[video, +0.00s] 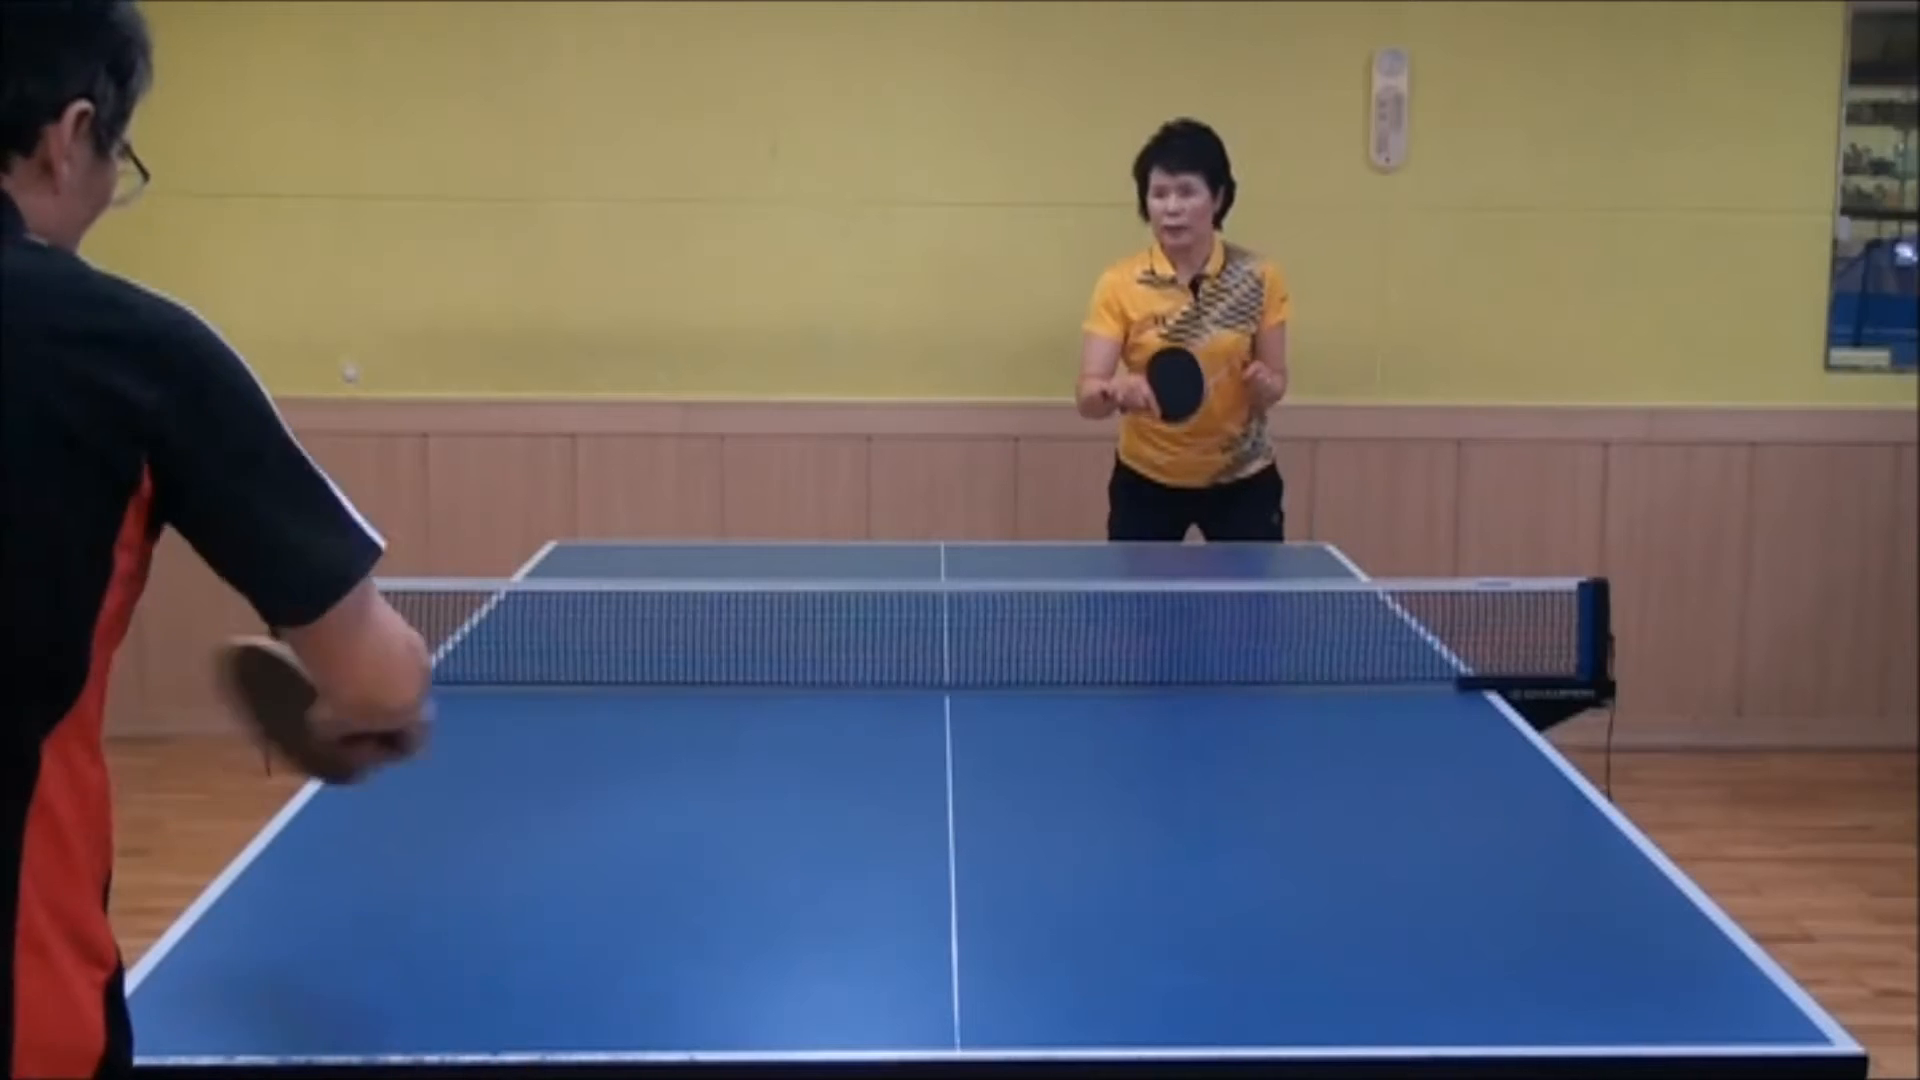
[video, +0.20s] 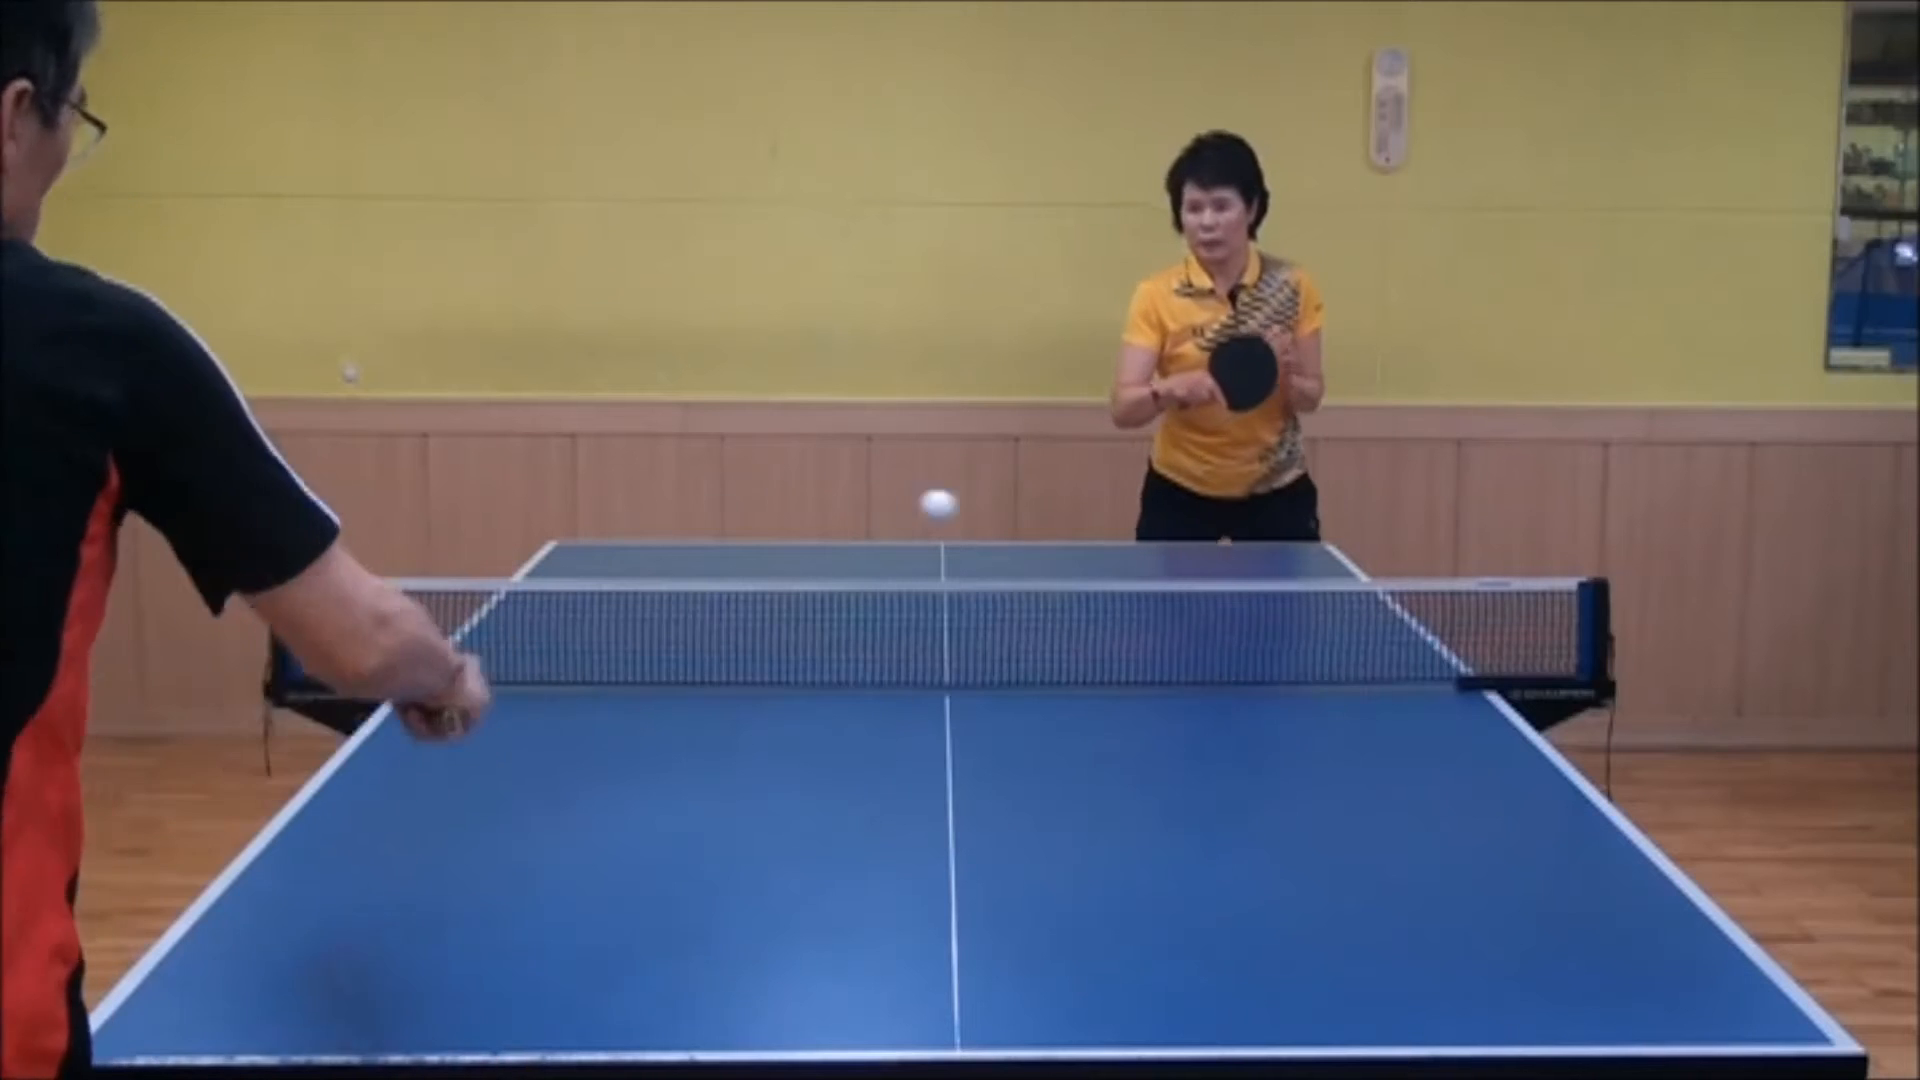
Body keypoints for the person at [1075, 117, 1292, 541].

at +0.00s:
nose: (1172, 208)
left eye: (1187, 192)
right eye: (1160, 193)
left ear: (1219, 199)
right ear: (1144, 202)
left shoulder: (1259, 282)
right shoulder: (1120, 285)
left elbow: (1274, 380)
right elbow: (1089, 399)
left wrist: (1262, 384)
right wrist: (1116, 392)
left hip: (1240, 484)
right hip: (1147, 483)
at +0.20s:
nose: (1208, 222)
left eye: (1222, 207)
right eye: (1194, 208)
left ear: (1253, 210)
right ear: (1178, 216)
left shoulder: (1293, 290)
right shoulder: (1156, 297)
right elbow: (1124, 409)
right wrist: (1168, 391)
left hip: (1275, 495)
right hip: (1181, 495)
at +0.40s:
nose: (1268, 253)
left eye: (1282, 236)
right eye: (1253, 239)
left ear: (1310, 234)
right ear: (1236, 243)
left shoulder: (1346, 309)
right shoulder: (1217, 319)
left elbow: (1360, 413)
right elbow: (1182, 430)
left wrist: (1355, 385)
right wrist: (1246, 423)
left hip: (1322, 511)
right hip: (1229, 512)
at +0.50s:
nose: (1287, 257)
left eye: (1302, 240)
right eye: (1273, 242)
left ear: (1329, 238)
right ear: (1255, 246)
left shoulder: (1363, 315)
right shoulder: (1232, 322)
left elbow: (1372, 399)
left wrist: (1371, 394)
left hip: (1327, 507)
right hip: (1236, 508)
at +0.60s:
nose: (1296, 266)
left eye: (1310, 249)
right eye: (1281, 252)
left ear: (1338, 250)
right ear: (1263, 258)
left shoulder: (1365, 325)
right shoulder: (1241, 331)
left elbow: (1367, 428)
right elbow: (1201, 427)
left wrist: (1385, 420)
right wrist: (1261, 432)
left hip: (1325, 516)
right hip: (1235, 516)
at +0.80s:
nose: (1289, 282)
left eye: (1304, 266)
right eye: (1274, 269)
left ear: (1333, 271)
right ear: (1257, 277)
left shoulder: (1355, 350)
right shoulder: (1236, 354)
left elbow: (1358, 447)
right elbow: (1202, 440)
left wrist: (1380, 436)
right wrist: (1229, 470)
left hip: (1309, 529)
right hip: (1219, 528)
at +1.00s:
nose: (1270, 259)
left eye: (1286, 243)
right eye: (1256, 246)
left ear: (1317, 250)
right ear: (1239, 256)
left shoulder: (1343, 335)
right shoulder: (1217, 339)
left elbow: (1352, 440)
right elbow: (1176, 441)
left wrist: (1371, 422)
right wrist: (1215, 452)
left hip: (1304, 526)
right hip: (1215, 528)